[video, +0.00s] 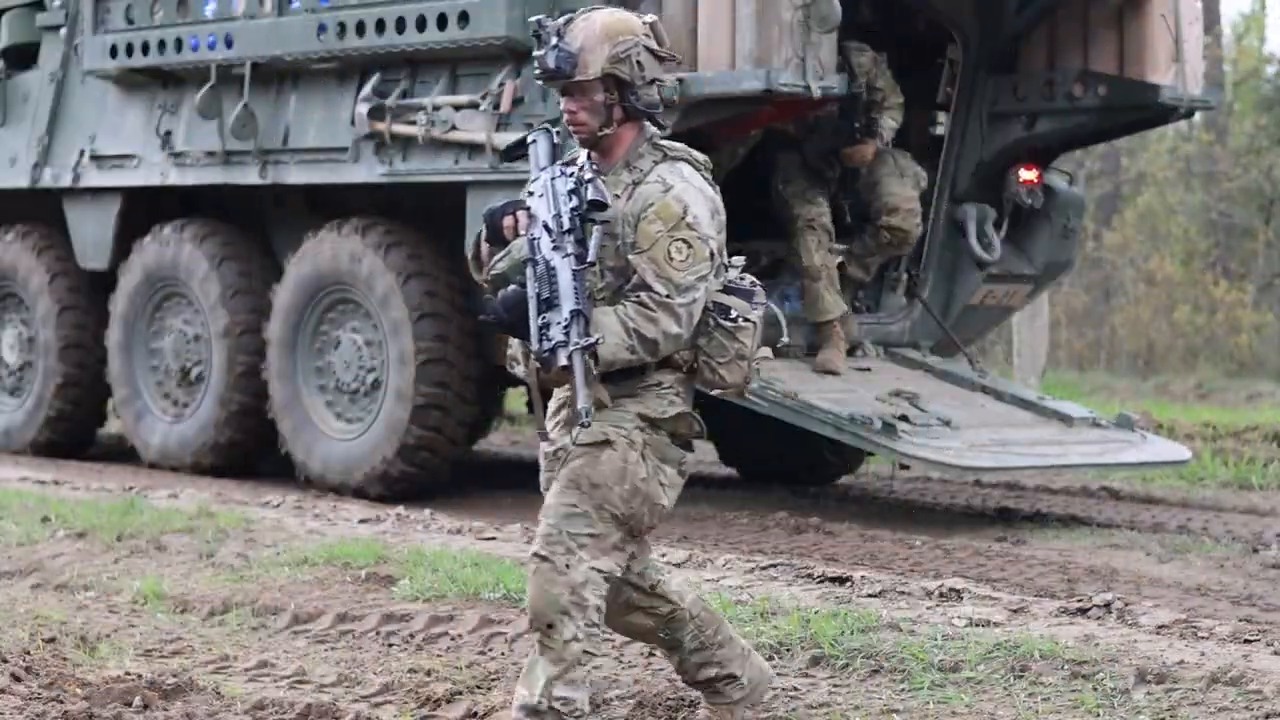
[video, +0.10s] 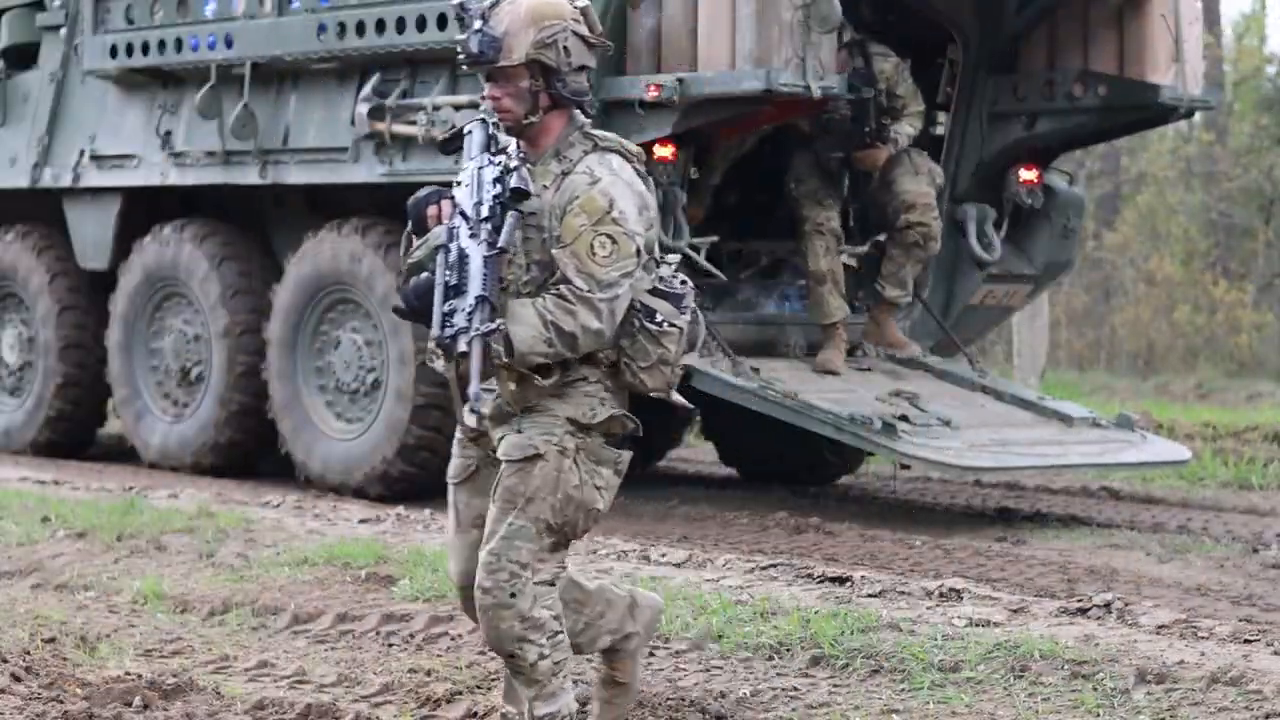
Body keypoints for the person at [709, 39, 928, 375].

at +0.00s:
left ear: (833, 33)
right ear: (793, 38)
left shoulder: (859, 59)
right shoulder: (779, 69)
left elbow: (891, 103)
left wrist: (875, 141)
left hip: (863, 148)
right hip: (802, 149)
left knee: (902, 225)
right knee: (811, 224)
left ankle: (841, 274)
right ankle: (830, 332)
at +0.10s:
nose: (824, 62)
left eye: (830, 50)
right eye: (814, 53)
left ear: (844, 41)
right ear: (800, 47)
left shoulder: (881, 63)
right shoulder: (790, 74)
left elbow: (914, 113)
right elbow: (736, 138)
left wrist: (888, 147)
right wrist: (701, 197)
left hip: (879, 152)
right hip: (818, 154)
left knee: (921, 221)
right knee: (820, 227)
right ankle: (833, 336)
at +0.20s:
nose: (855, 66)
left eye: (861, 55)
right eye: (845, 58)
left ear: (875, 45)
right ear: (826, 54)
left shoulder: (906, 66)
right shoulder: (809, 74)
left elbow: (932, 119)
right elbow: (750, 126)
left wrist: (902, 151)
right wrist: (726, 185)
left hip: (902, 152)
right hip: (839, 152)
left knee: (932, 217)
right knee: (829, 227)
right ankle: (835, 338)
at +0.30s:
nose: (885, 57)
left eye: (891, 47)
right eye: (874, 49)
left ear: (902, 42)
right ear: (853, 50)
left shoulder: (930, 66)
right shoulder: (832, 71)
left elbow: (955, 118)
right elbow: (779, 109)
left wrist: (926, 150)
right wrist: (775, 170)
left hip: (918, 159)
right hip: (854, 157)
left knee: (945, 241)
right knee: (843, 238)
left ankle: (965, 360)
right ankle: (836, 341)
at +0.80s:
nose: (963, 26)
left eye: (972, 17)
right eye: (953, 18)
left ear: (986, 21)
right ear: (936, 25)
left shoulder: (1020, 62)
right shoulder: (914, 70)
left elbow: (1047, 126)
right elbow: (872, 142)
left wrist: (1012, 146)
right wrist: (898, 115)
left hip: (1016, 187)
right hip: (950, 188)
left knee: (1038, 301)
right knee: (957, 287)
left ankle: (986, 373)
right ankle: (971, 405)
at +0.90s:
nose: (978, 24)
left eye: (986, 15)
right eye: (967, 16)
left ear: (998, 20)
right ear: (950, 24)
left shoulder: (1034, 63)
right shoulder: (929, 69)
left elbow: (1061, 130)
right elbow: (880, 132)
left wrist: (1024, 146)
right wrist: (918, 105)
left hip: (1027, 192)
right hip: (959, 192)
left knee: (1058, 296)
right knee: (957, 295)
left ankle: (1005, 361)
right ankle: (972, 406)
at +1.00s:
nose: (992, 23)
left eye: (1000, 13)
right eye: (982, 15)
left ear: (1015, 18)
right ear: (967, 23)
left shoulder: (1051, 64)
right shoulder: (945, 66)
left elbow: (1077, 135)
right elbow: (887, 118)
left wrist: (1038, 147)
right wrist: (931, 97)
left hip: (1040, 201)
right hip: (968, 199)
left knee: (1066, 295)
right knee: (966, 307)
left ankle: (1045, 417)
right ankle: (972, 410)